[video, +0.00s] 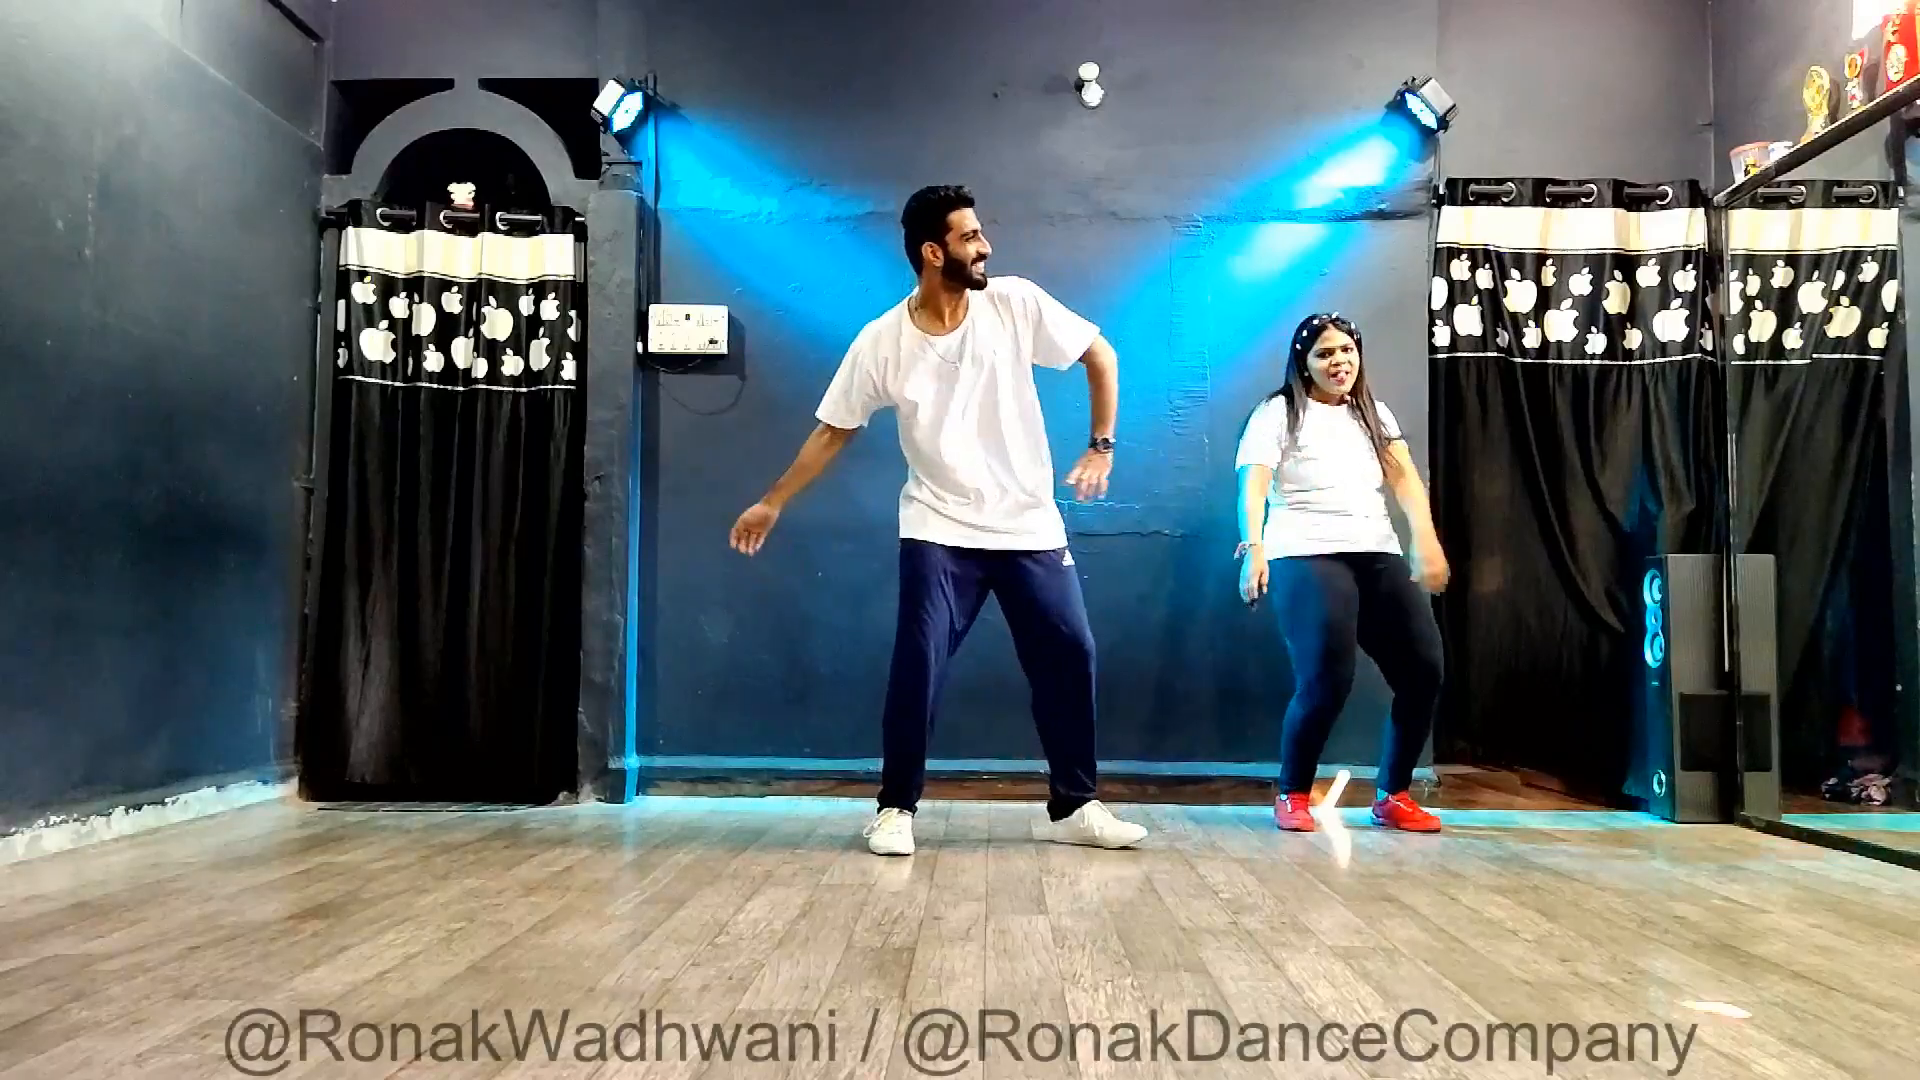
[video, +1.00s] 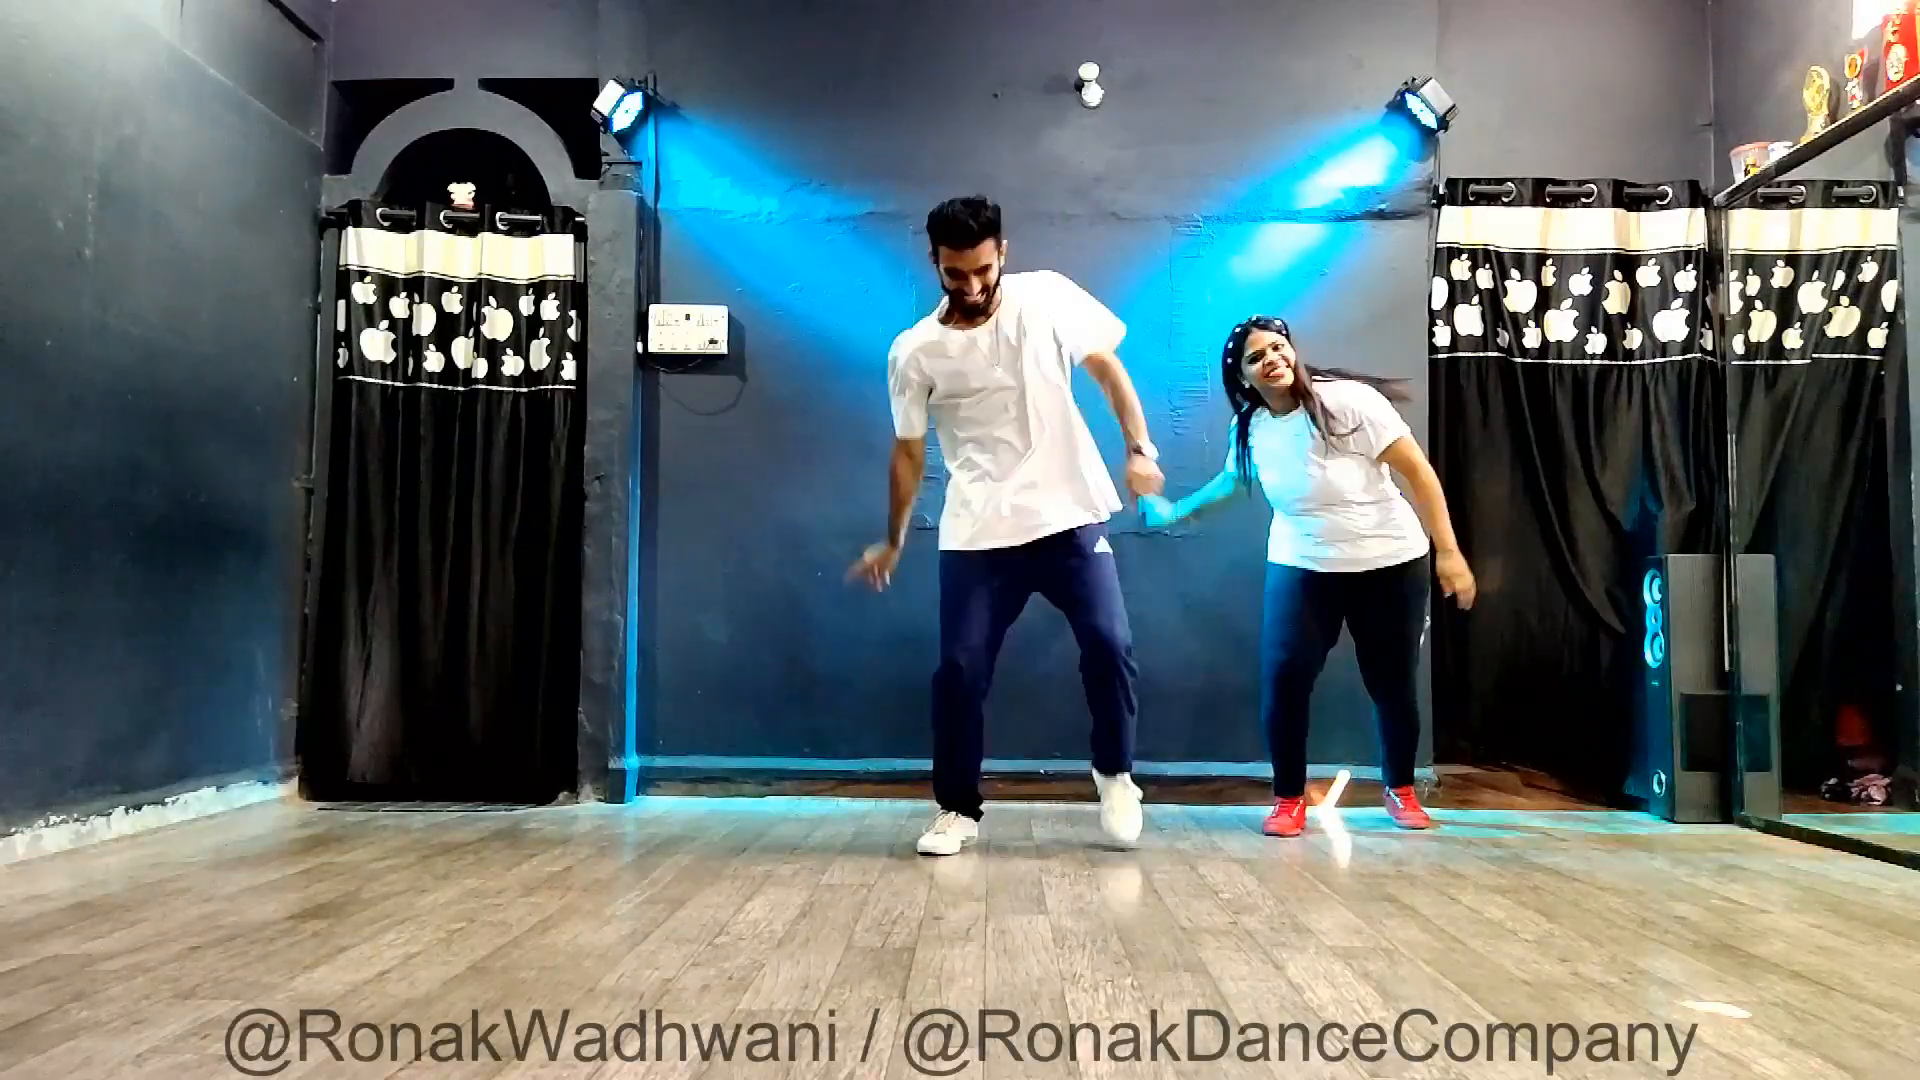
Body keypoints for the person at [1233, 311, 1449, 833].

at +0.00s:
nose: (1338, 361)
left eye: (1346, 350)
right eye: (1324, 354)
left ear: (1358, 355)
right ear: (1303, 362)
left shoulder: (1372, 412)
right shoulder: (1277, 413)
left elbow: (1405, 476)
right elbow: (1255, 483)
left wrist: (1426, 538)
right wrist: (1254, 547)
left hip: (1378, 553)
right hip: (1306, 552)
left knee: (1422, 669)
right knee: (1326, 674)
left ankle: (1392, 796)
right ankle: (1293, 795)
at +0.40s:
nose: (1352, 324)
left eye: (1362, 317)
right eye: (1342, 317)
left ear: (1379, 330)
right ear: (1324, 330)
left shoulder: (1395, 395)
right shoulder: (1291, 380)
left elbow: (1403, 468)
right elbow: (1276, 455)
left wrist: (1351, 483)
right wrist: (1317, 482)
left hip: (1365, 547)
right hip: (1290, 543)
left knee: (1382, 671)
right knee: (1296, 672)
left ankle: (1378, 791)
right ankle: (1288, 792)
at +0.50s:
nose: (1364, 329)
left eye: (1376, 321)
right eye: (1355, 320)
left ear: (1394, 333)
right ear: (1339, 329)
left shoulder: (1404, 391)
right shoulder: (1295, 377)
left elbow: (1392, 452)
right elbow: (1243, 428)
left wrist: (1310, 445)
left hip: (1373, 544)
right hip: (1296, 539)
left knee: (1385, 672)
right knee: (1300, 670)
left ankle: (1380, 793)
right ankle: (1289, 792)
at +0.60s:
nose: (1367, 326)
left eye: (1379, 319)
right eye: (1357, 319)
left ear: (1398, 333)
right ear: (1343, 329)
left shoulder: (1408, 386)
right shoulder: (1299, 373)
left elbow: (1392, 438)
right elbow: (1221, 400)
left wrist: (1304, 429)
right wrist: (1181, 378)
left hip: (1378, 544)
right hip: (1298, 538)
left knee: (1386, 675)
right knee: (1302, 671)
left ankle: (1381, 792)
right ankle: (1289, 793)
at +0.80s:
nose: (1324, 328)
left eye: (1336, 319)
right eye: (1313, 320)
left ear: (1359, 325)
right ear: (1302, 329)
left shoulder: (1383, 366)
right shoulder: (1286, 374)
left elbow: (1395, 425)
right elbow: (1247, 356)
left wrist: (1328, 468)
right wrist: (1213, 316)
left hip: (1385, 540)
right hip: (1306, 538)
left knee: (1392, 669)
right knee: (1299, 644)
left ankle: (1392, 791)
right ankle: (1292, 775)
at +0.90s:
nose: (1291, 348)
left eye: (1301, 337)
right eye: (1279, 341)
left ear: (1322, 339)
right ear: (1265, 349)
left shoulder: (1356, 382)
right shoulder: (1273, 397)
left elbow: (1410, 460)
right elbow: (1252, 413)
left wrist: (1401, 546)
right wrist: (1195, 401)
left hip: (1380, 547)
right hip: (1304, 544)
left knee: (1390, 677)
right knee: (1293, 655)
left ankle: (1399, 790)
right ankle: (1293, 784)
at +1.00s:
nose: (1272, 358)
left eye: (1276, 346)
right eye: (1256, 357)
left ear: (1293, 351)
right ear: (1244, 379)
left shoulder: (1352, 402)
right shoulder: (1250, 430)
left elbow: (1419, 473)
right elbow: (1232, 481)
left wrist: (1448, 550)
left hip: (1386, 562)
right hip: (1301, 566)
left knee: (1393, 684)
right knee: (1284, 676)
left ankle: (1400, 790)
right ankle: (1289, 797)